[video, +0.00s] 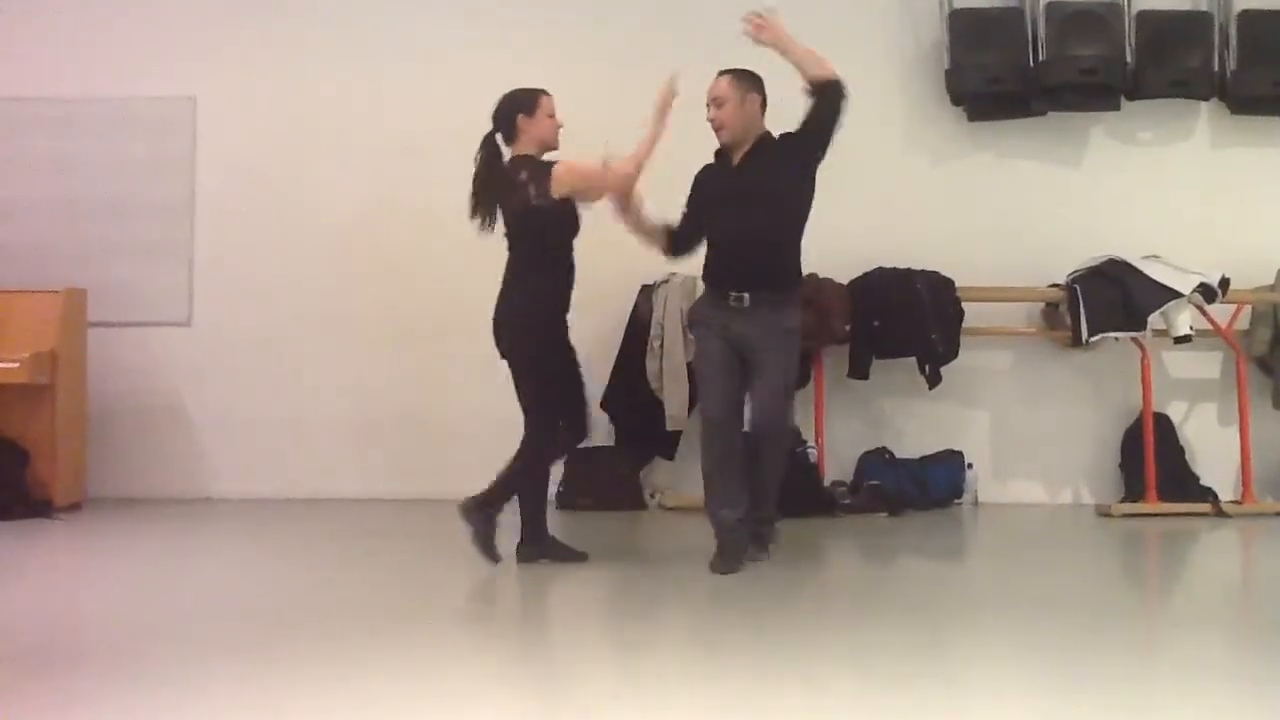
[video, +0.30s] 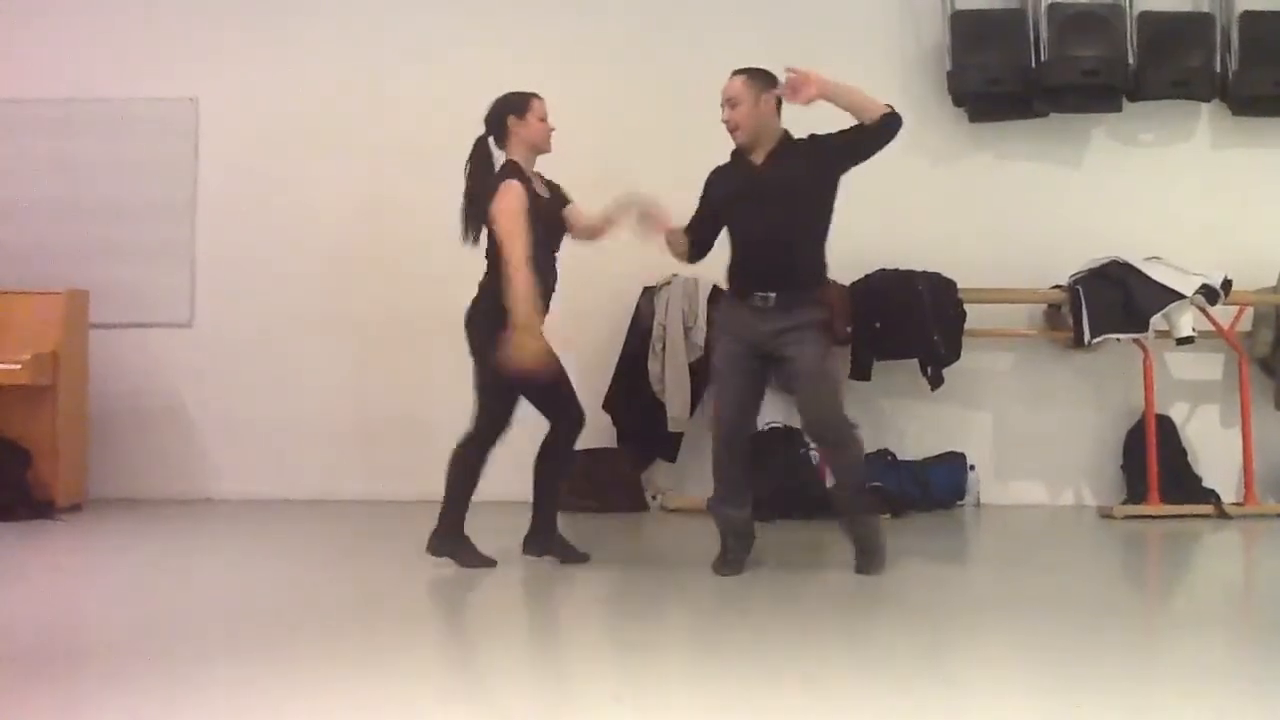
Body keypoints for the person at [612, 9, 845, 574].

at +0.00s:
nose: (710, 114)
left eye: (720, 104)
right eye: (709, 105)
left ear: (757, 106)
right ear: (718, 111)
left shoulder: (796, 154)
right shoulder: (710, 177)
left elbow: (830, 91)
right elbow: (679, 243)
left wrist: (784, 42)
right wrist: (634, 216)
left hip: (775, 313)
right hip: (716, 312)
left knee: (770, 424)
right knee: (716, 424)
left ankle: (761, 520)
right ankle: (729, 535)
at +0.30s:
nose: (725, 117)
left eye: (734, 105)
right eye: (723, 107)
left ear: (770, 104)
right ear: (731, 113)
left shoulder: (817, 155)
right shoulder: (724, 179)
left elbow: (886, 124)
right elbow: (694, 248)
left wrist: (826, 89)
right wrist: (664, 231)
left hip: (803, 316)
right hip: (738, 316)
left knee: (826, 422)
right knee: (728, 426)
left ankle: (862, 528)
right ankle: (734, 537)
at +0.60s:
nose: (739, 122)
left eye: (747, 110)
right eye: (737, 113)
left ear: (784, 109)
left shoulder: (834, 158)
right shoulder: (747, 186)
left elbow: (887, 141)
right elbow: (716, 259)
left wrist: (833, 136)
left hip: (839, 317)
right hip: (777, 320)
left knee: (858, 430)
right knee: (755, 422)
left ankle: (876, 545)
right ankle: (749, 543)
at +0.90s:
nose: (740, 107)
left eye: (749, 97)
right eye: (739, 98)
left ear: (787, 98)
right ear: (770, 101)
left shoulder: (833, 161)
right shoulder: (737, 168)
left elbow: (890, 220)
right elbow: (714, 240)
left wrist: (864, 284)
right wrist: (676, 270)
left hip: (817, 315)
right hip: (752, 316)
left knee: (826, 419)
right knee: (747, 426)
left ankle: (862, 518)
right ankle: (759, 536)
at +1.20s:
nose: (748, 99)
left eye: (758, 90)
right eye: (746, 91)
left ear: (795, 95)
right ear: (750, 101)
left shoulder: (837, 163)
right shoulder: (736, 159)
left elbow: (848, 238)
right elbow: (680, 197)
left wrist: (798, 244)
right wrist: (681, 132)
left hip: (814, 312)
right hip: (751, 311)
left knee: (804, 428)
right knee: (751, 430)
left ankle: (793, 543)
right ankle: (755, 539)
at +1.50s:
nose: (752, 104)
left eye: (762, 94)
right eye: (750, 96)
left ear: (799, 99)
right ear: (754, 104)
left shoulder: (845, 168)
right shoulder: (742, 168)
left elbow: (864, 243)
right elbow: (690, 214)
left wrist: (814, 242)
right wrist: (687, 150)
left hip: (824, 320)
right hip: (759, 318)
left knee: (814, 435)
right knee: (738, 422)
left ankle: (794, 547)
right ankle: (746, 528)